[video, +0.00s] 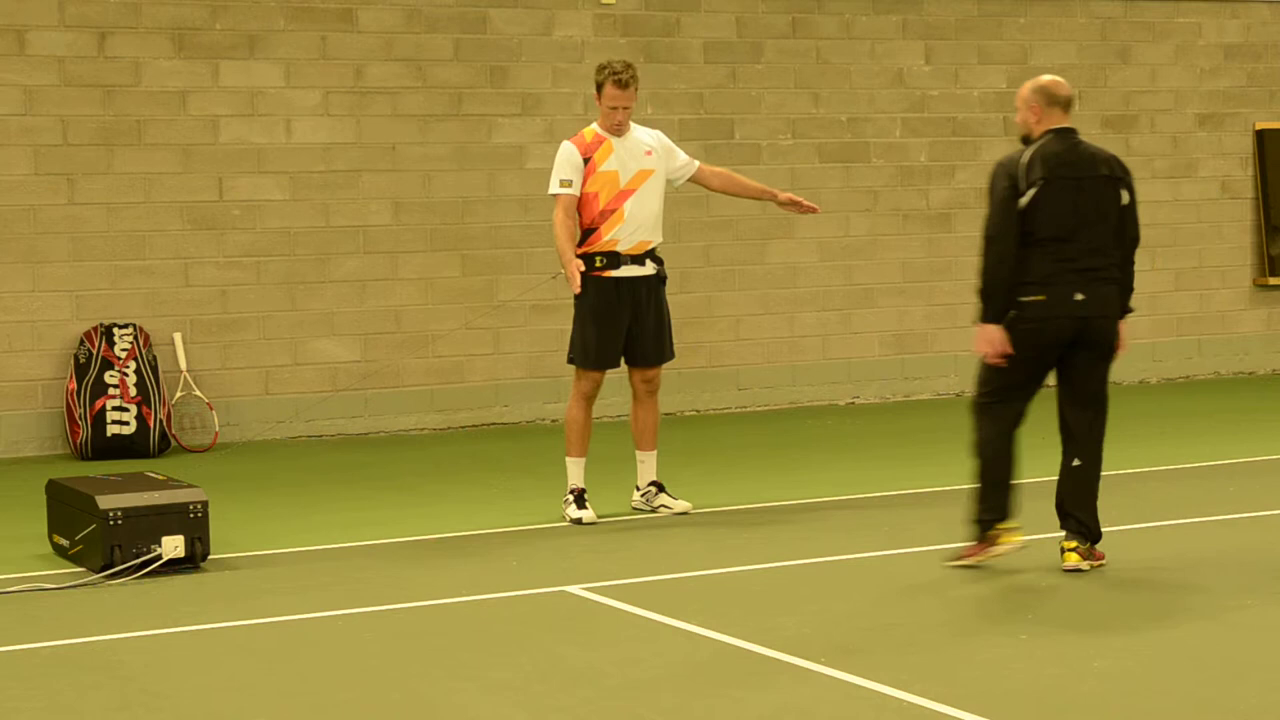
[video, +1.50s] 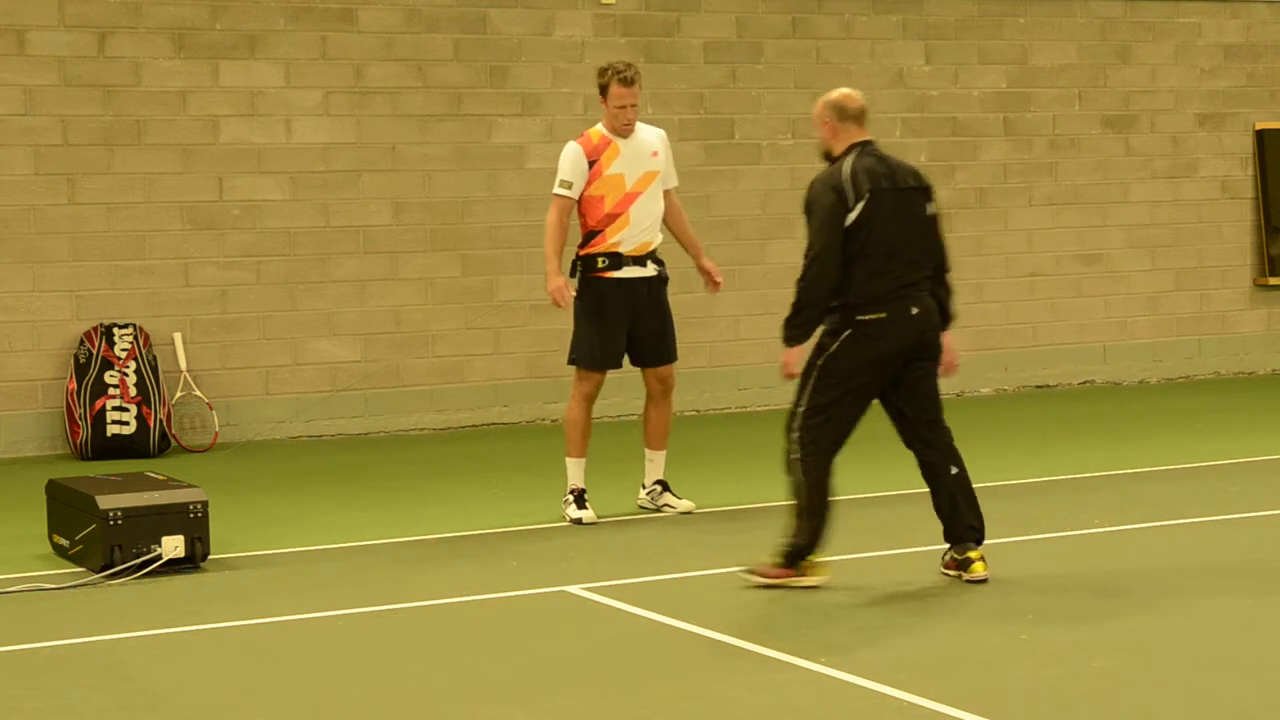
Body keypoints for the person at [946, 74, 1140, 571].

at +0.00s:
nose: (1018, 120)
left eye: (1020, 111)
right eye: (1019, 111)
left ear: (1034, 112)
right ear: (1065, 111)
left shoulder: (1016, 169)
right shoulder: (1112, 167)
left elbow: (1000, 246)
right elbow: (1126, 246)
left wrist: (991, 317)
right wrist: (1117, 311)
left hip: (1034, 318)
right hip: (1096, 319)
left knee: (995, 408)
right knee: (1084, 428)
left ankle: (994, 523)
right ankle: (1080, 539)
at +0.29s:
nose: (951, 129)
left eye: (953, 120)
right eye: (954, 119)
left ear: (966, 122)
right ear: (999, 122)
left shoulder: (943, 183)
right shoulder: (1039, 179)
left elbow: (923, 257)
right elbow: (1076, 246)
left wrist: (896, 320)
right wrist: (1110, 309)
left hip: (956, 331)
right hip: (1020, 329)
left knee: (916, 431)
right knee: (1044, 433)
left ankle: (874, 540)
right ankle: (1076, 540)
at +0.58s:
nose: (860, 135)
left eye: (861, 126)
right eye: (861, 125)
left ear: (872, 126)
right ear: (906, 121)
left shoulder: (867, 185)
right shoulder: (960, 174)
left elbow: (847, 268)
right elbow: (981, 252)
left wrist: (823, 343)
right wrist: (965, 308)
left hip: (894, 332)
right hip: (956, 326)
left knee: (871, 445)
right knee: (977, 434)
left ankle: (871, 559)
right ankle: (1020, 540)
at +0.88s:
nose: (830, 135)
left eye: (829, 126)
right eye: (830, 126)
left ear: (840, 124)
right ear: (876, 117)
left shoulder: (844, 185)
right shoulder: (934, 165)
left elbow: (824, 266)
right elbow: (951, 241)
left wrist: (791, 339)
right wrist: (921, 290)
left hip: (883, 325)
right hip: (946, 316)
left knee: (871, 445)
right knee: (945, 432)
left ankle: (871, 562)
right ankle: (972, 548)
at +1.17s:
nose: (848, 127)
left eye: (849, 119)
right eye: (850, 118)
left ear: (859, 118)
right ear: (897, 115)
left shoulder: (858, 180)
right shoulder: (947, 169)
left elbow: (850, 264)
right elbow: (962, 253)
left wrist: (837, 337)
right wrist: (955, 312)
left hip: (888, 328)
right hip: (947, 321)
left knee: (871, 446)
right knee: (951, 438)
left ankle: (872, 563)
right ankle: (972, 551)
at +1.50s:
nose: (815, 136)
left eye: (816, 127)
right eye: (816, 126)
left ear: (829, 126)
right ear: (861, 124)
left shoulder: (831, 183)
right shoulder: (909, 176)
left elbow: (823, 265)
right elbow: (935, 257)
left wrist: (796, 336)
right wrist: (940, 324)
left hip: (860, 330)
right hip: (917, 324)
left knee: (807, 432)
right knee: (931, 437)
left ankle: (799, 556)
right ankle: (967, 549)